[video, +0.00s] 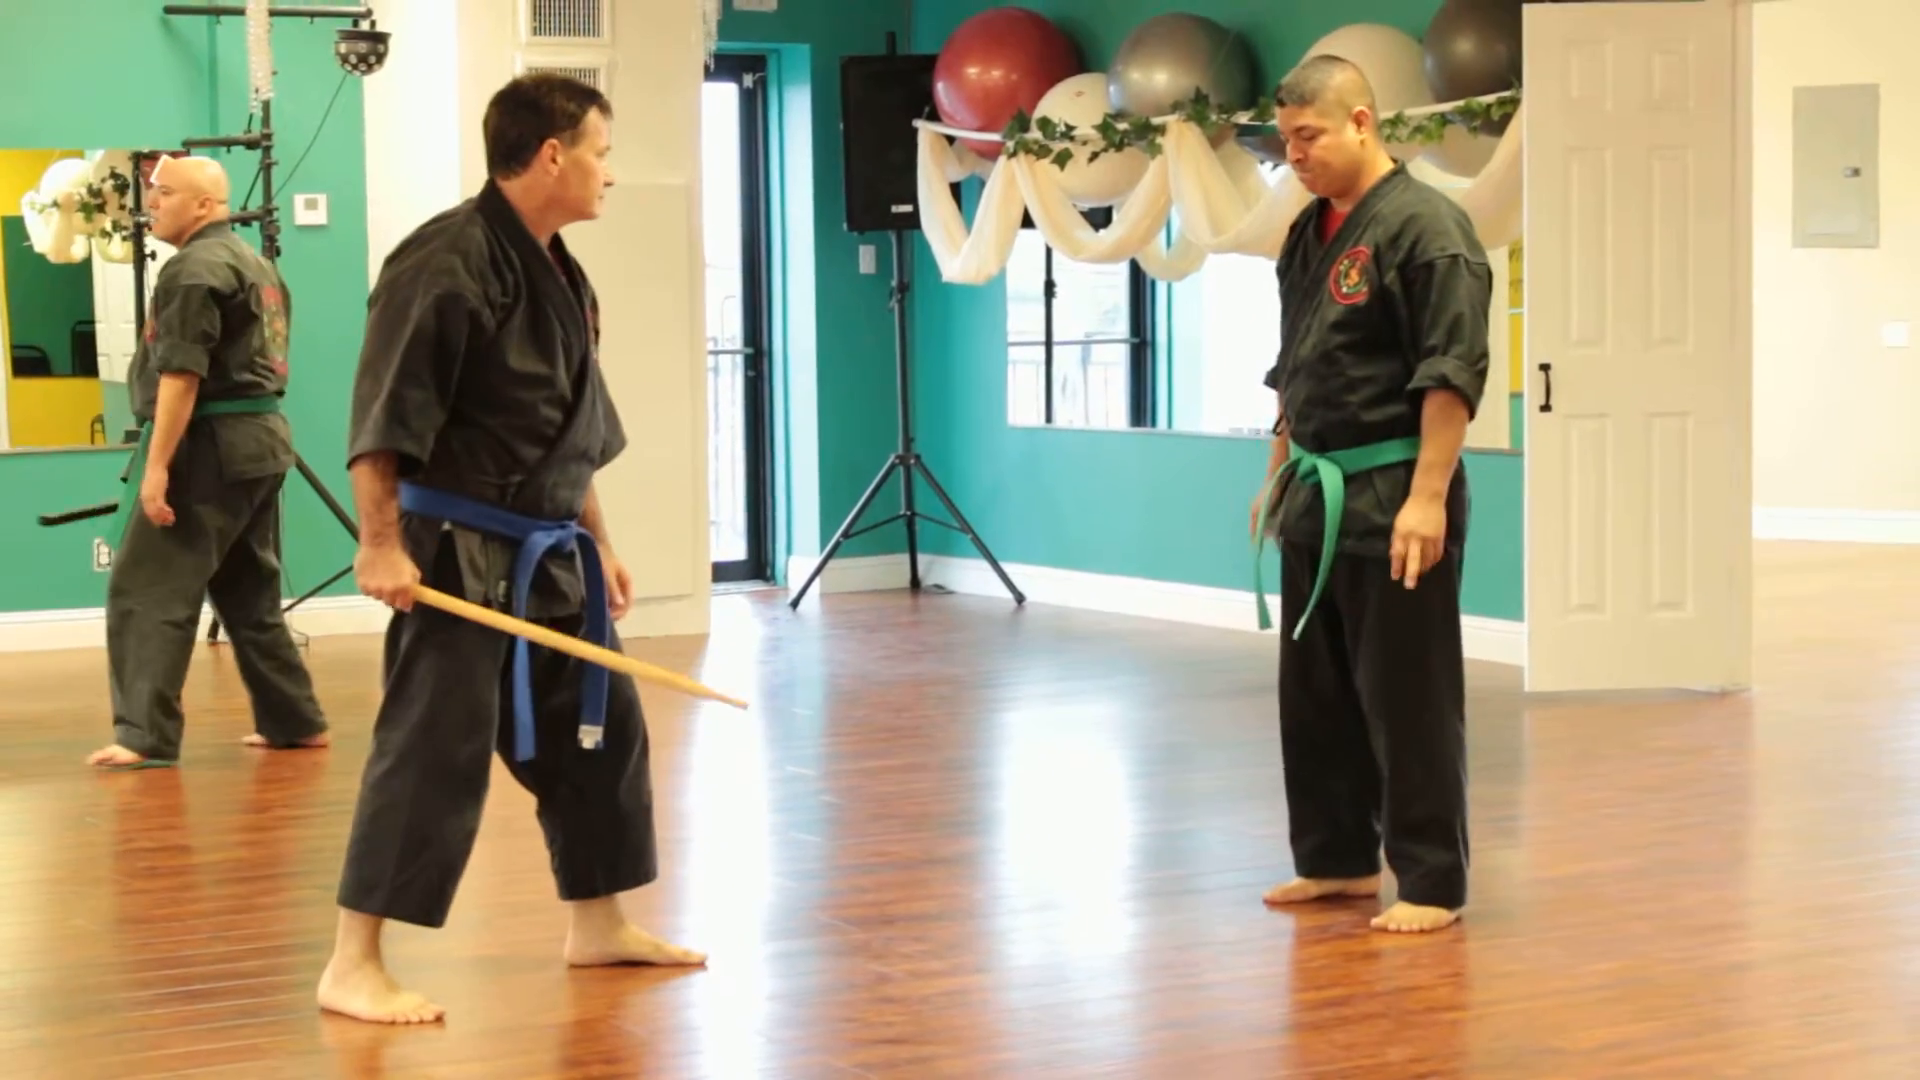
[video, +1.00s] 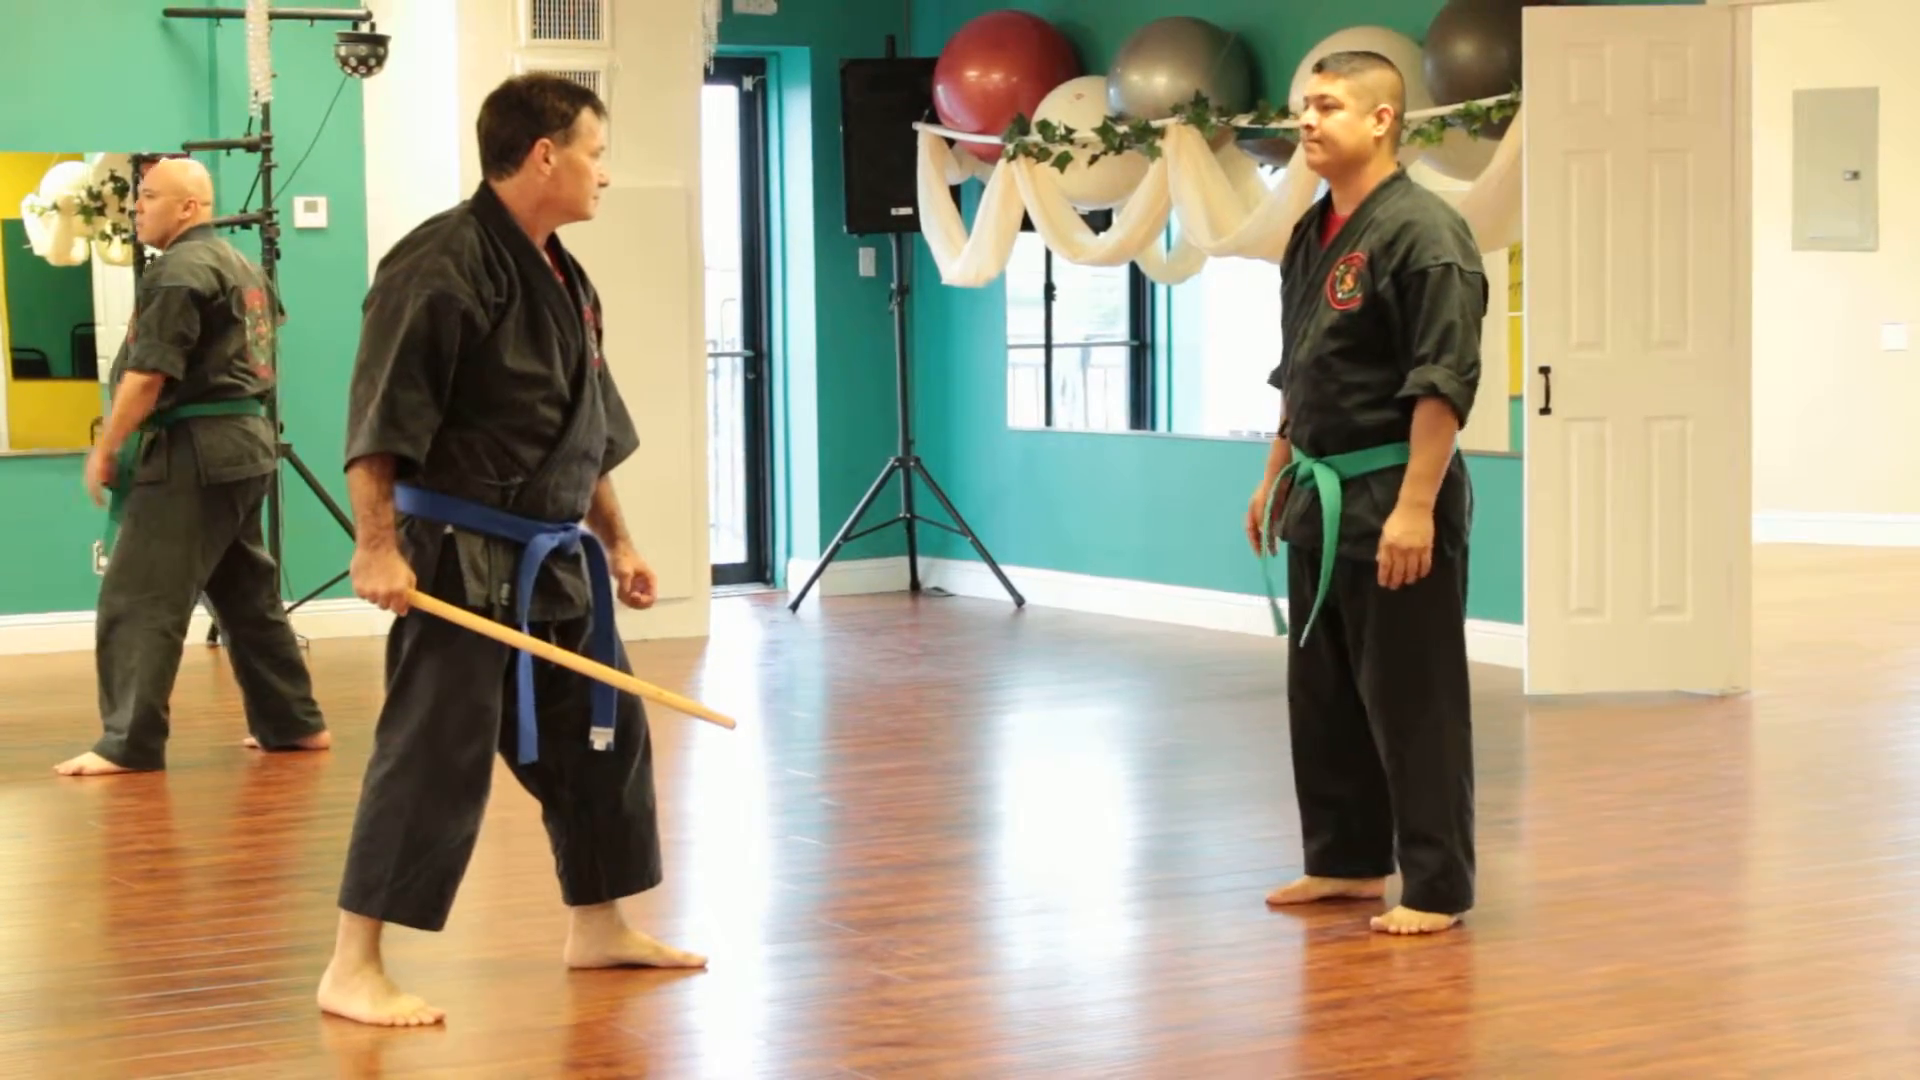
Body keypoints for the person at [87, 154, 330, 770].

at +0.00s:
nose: (150, 203)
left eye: (162, 193)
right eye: (152, 192)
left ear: (202, 205)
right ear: (208, 207)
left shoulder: (192, 270)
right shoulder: (249, 260)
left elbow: (181, 378)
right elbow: (259, 366)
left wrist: (156, 464)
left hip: (211, 444)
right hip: (259, 438)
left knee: (148, 587)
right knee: (248, 590)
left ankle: (147, 736)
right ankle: (294, 721)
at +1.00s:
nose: (136, 208)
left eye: (147, 197)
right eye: (139, 197)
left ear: (187, 206)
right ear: (195, 209)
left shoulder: (178, 271)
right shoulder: (238, 263)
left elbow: (147, 376)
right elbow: (251, 359)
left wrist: (105, 447)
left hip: (194, 447)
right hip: (245, 441)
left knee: (141, 594)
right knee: (245, 591)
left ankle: (130, 744)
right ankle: (292, 723)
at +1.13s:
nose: (122, 211)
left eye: (134, 201)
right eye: (125, 200)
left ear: (174, 211)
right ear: (185, 212)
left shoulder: (157, 272)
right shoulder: (229, 267)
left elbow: (100, 359)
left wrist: (39, 418)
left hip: (182, 451)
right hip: (240, 444)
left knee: (118, 589)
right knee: (232, 586)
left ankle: (126, 742)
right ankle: (290, 722)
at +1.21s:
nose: (106, 221)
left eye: (116, 211)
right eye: (109, 210)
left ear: (154, 220)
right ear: (167, 221)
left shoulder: (136, 274)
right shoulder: (210, 273)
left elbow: (47, 341)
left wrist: (8, 371)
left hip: (172, 457)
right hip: (234, 450)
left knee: (97, 586)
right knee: (219, 586)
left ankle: (112, 742)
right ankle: (290, 723)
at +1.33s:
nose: (68, 220)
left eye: (81, 210)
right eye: (72, 208)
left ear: (117, 221)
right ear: (136, 221)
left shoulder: (92, 269)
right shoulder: (172, 267)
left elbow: (12, 304)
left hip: (132, 459)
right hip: (186, 449)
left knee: (63, 595)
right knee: (205, 585)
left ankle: (99, 745)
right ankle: (285, 712)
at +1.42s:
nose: (36, 217)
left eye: (46, 206)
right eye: (39, 207)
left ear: (86, 209)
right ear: (100, 211)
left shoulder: (64, 264)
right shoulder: (139, 255)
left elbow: (13, 290)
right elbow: (154, 233)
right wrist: (151, 176)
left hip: (81, 457)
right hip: (140, 448)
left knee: (46, 605)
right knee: (140, 583)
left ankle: (98, 744)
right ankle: (245, 685)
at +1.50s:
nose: (6, 209)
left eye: (17, 199)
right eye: (10, 198)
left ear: (49, 208)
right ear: (63, 210)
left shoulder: (42, 259)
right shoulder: (95, 252)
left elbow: (16, 285)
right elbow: (121, 230)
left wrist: (11, 286)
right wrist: (138, 175)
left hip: (53, 453)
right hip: (75, 447)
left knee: (36, 608)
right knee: (41, 596)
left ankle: (99, 745)